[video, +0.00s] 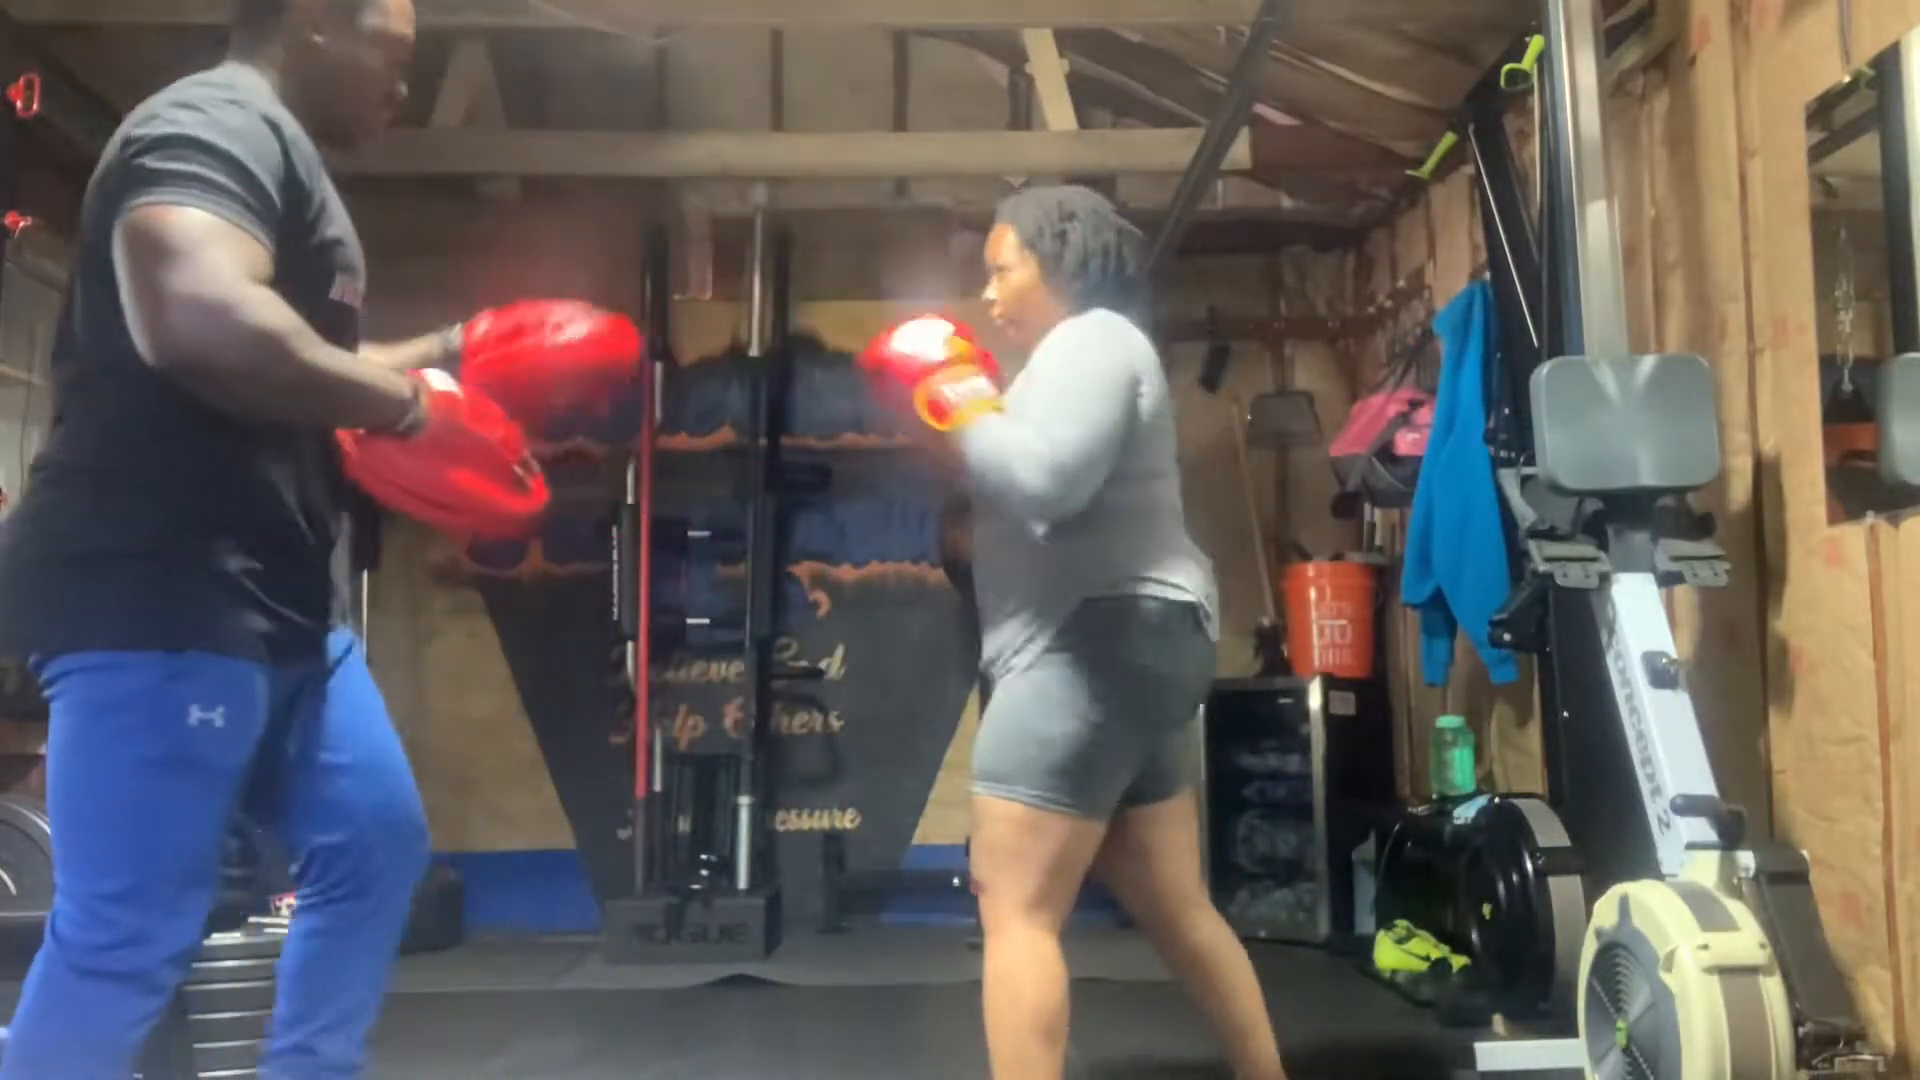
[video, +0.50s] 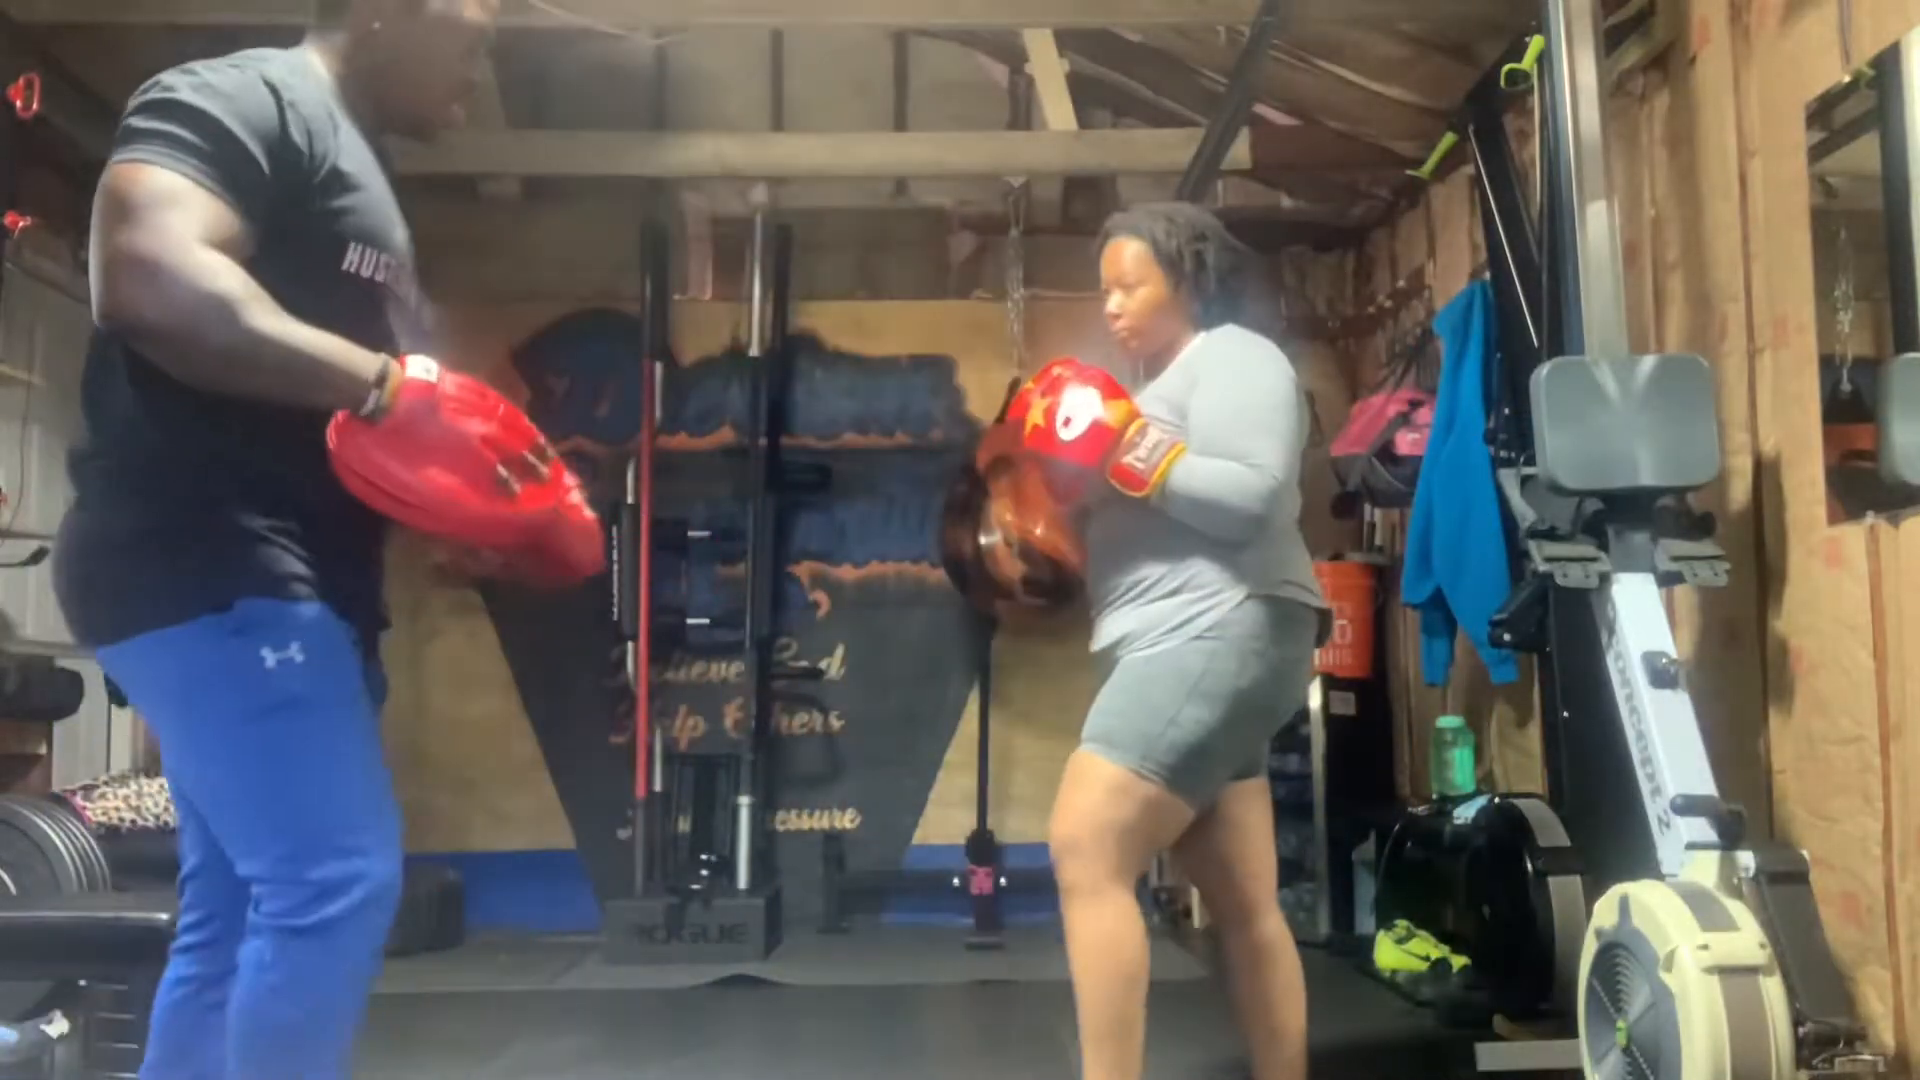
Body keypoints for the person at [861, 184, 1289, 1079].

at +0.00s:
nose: (988, 294)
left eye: (1003, 272)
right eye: (989, 274)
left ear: (1062, 268)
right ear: (1065, 272)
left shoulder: (1094, 343)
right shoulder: (1093, 351)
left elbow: (1045, 481)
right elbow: (1034, 477)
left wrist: (969, 406)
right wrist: (971, 410)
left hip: (1098, 632)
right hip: (1150, 633)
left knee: (1018, 907)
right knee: (1176, 907)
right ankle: (1266, 1071)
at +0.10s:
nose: (1018, 300)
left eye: (1034, 278)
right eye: (1018, 281)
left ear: (1095, 277)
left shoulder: (1138, 357)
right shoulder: (1095, 372)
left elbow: (1101, 502)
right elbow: (1047, 504)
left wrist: (1022, 423)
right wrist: (987, 441)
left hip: (1117, 640)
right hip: (1152, 638)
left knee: (1029, 910)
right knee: (1199, 919)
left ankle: (1032, 1078)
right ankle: (1268, 1072)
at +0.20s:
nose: (1052, 303)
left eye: (1070, 282)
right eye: (1051, 284)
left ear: (1131, 280)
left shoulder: (1182, 362)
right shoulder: (1099, 389)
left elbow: (1157, 506)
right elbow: (1057, 543)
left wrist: (1058, 428)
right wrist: (1008, 468)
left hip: (1156, 642)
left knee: (1058, 902)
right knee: (1218, 920)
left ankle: (1040, 1073)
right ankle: (1274, 1073)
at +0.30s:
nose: (1079, 305)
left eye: (1097, 283)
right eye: (1077, 286)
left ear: (1159, 283)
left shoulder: (1211, 360)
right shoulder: (1121, 395)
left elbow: (1208, 508)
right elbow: (1095, 536)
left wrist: (1097, 441)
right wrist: (1030, 475)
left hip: (1189, 635)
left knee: (1079, 888)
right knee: (1233, 913)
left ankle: (1046, 1073)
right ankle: (1279, 1072)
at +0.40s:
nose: (1098, 306)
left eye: (1116, 285)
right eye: (1094, 288)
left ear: (1176, 284)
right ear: (1107, 292)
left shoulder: (1229, 358)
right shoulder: (1138, 397)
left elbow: (1237, 507)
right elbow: (1121, 540)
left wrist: (1115, 449)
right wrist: (1051, 500)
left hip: (1215, 628)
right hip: (1178, 637)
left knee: (1081, 864)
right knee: (1245, 914)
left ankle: (1083, 1072)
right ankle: (1281, 1074)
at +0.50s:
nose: (1109, 308)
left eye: (1124, 288)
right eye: (1105, 291)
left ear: (1185, 284)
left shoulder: (1240, 357)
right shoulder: (1138, 398)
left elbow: (1249, 499)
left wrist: (1121, 443)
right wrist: (1052, 489)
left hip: (1226, 621)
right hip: (1171, 633)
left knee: (1089, 851)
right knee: (1245, 913)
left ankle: (1108, 1075)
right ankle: (1283, 1074)